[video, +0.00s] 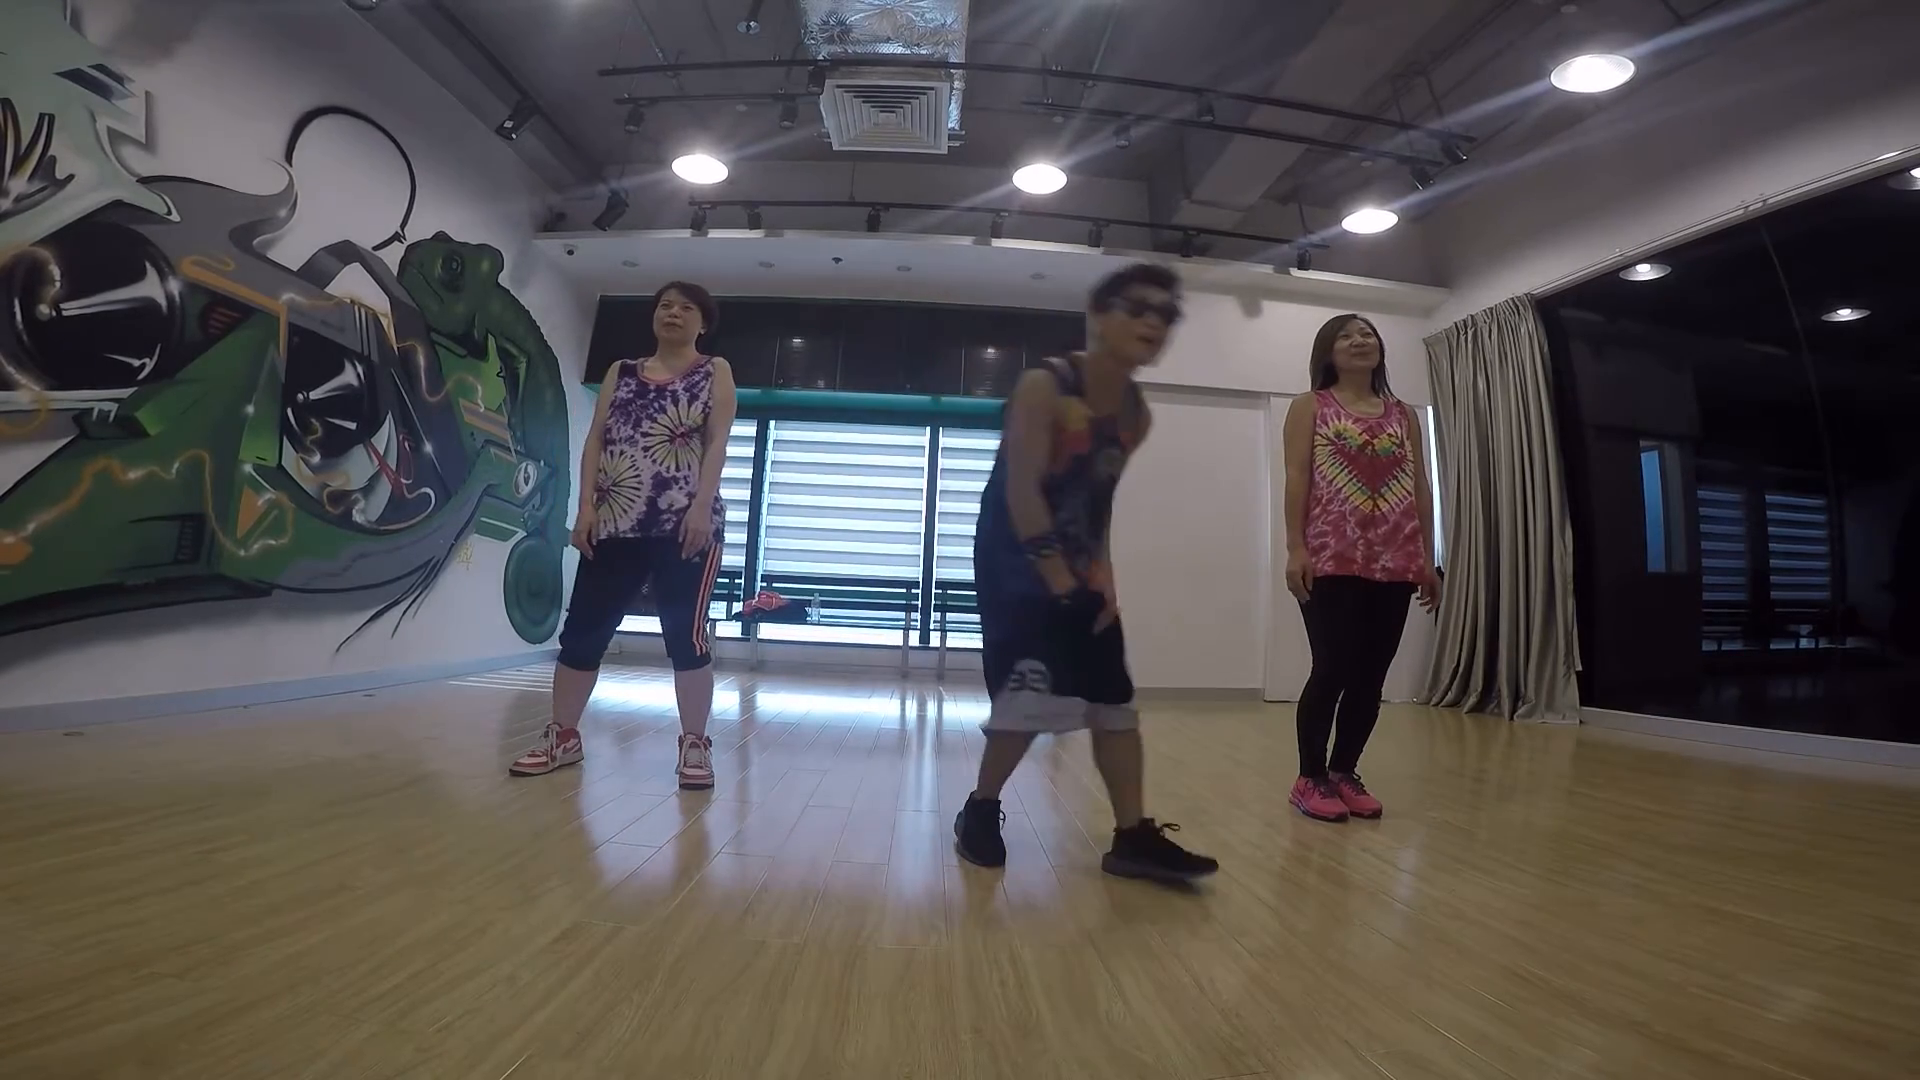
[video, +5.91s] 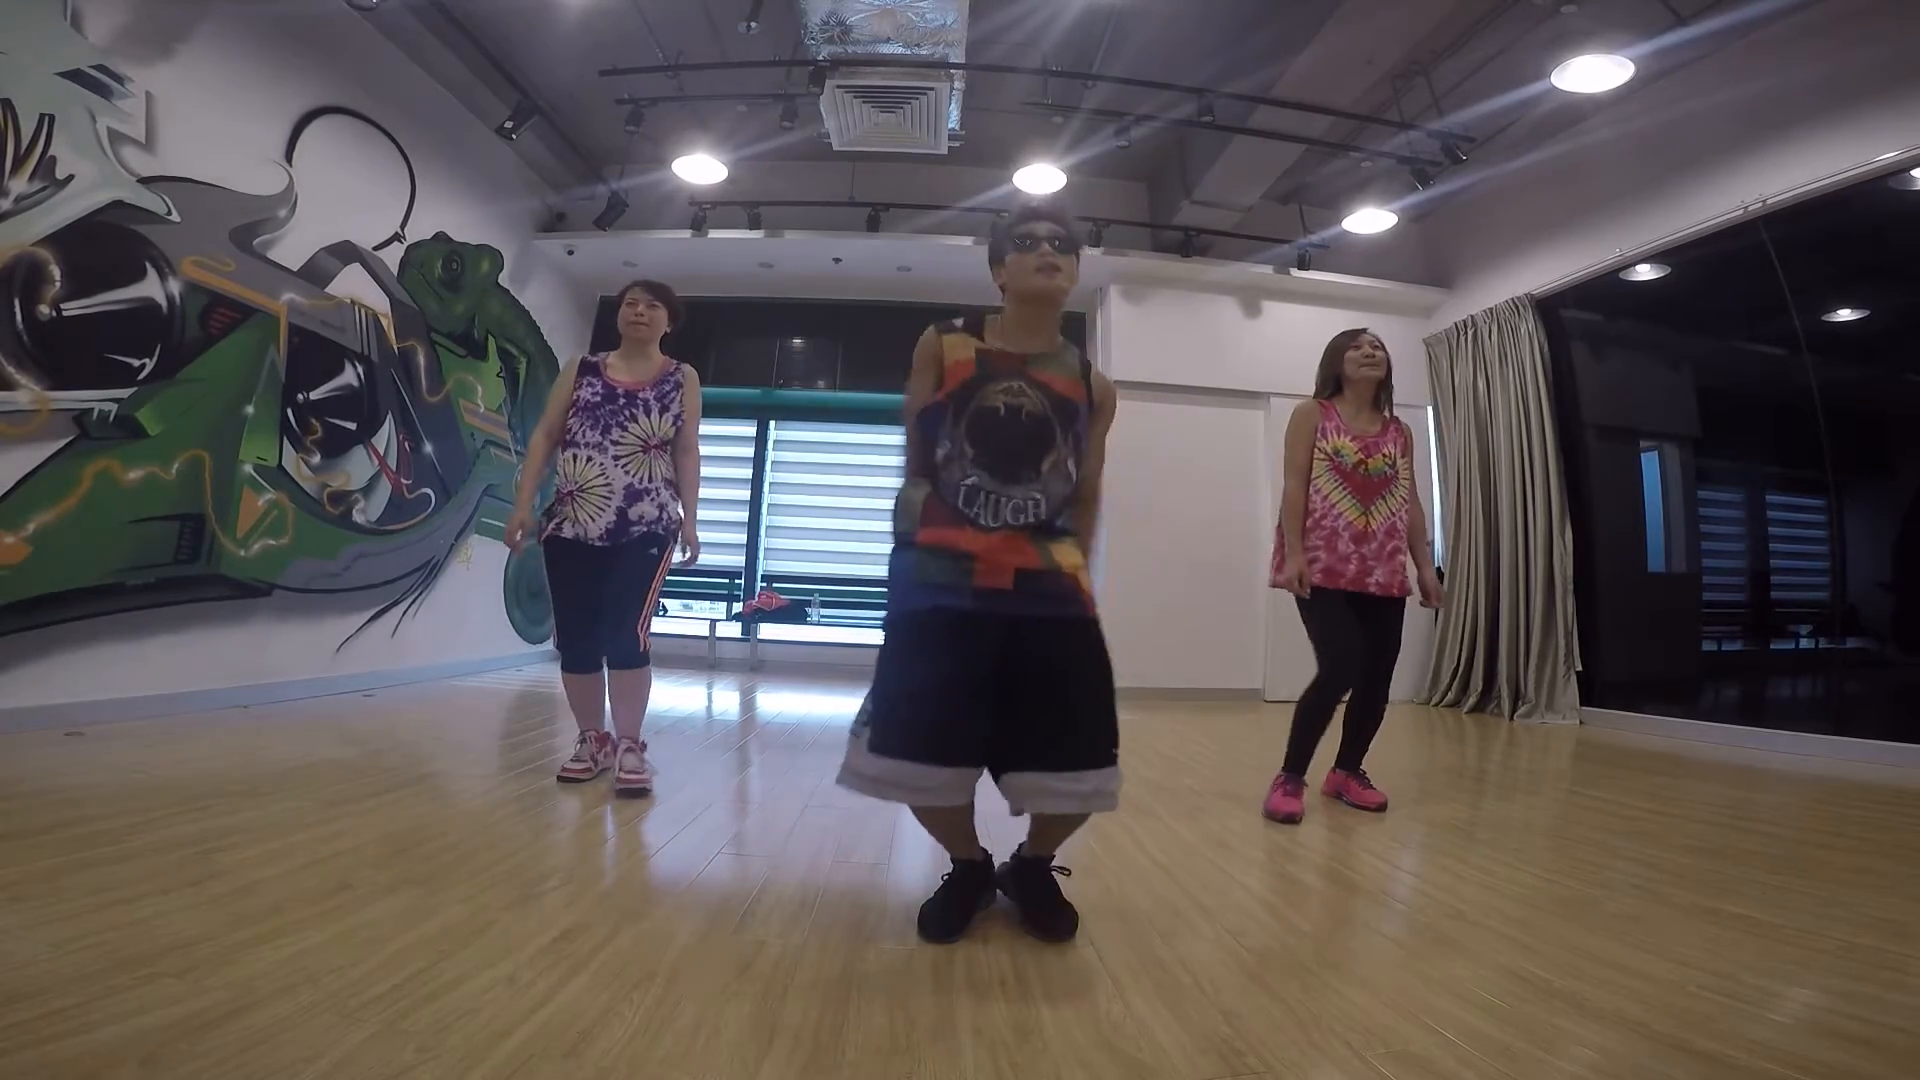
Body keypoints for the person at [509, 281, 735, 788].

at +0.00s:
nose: (673, 312)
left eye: (685, 307)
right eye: (665, 306)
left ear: (702, 324)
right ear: (653, 317)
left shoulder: (713, 371)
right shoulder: (621, 372)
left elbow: (716, 444)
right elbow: (595, 440)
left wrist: (702, 507)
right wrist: (586, 506)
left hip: (683, 527)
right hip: (615, 524)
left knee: (686, 640)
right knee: (581, 634)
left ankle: (695, 745)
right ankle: (562, 739)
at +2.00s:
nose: (664, 315)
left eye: (676, 309)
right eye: (656, 308)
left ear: (693, 326)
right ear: (643, 320)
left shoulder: (705, 374)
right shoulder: (612, 373)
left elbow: (704, 446)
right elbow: (581, 441)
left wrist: (685, 509)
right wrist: (564, 501)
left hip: (659, 529)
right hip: (591, 526)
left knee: (666, 641)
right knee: (573, 637)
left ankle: (692, 744)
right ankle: (578, 740)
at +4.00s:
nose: (668, 310)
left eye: (681, 305)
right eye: (660, 303)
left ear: (697, 322)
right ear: (647, 316)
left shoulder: (709, 368)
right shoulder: (619, 373)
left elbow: (711, 441)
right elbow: (591, 441)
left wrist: (694, 506)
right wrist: (575, 504)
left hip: (671, 527)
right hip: (603, 523)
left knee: (672, 641)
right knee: (580, 636)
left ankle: (692, 745)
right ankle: (578, 741)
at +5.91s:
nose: (639, 310)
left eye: (652, 304)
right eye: (630, 303)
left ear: (668, 321)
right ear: (616, 316)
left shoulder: (681, 378)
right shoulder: (580, 370)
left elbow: (686, 452)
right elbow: (545, 436)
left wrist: (688, 519)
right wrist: (523, 502)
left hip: (643, 527)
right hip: (572, 524)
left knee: (624, 636)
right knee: (575, 639)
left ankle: (630, 748)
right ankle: (593, 743)